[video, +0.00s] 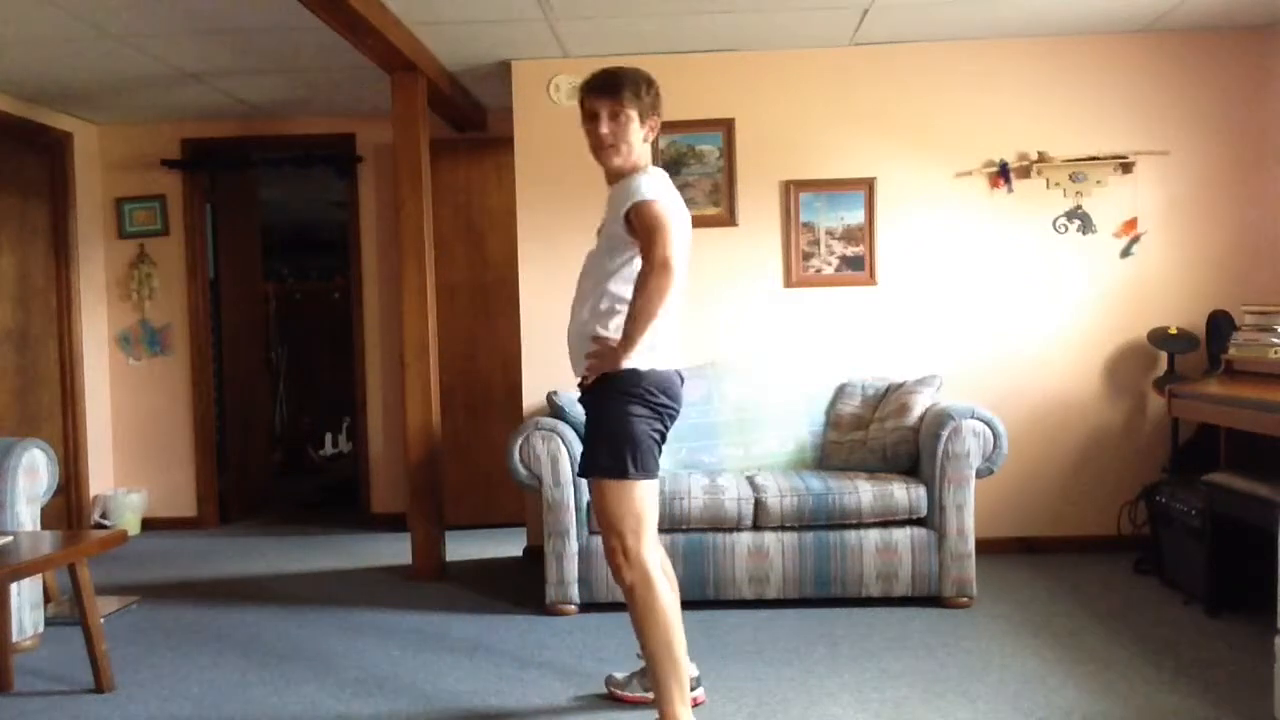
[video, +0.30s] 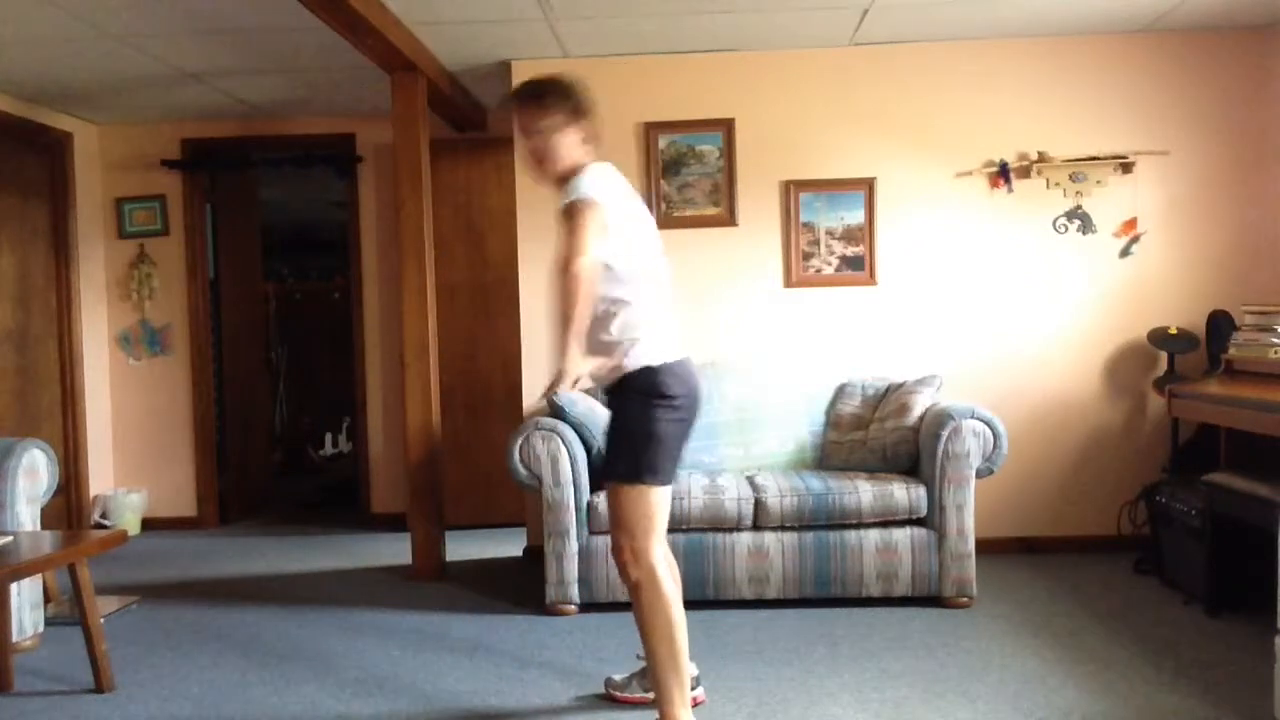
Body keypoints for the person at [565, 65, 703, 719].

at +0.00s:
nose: (603, 128)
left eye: (618, 116)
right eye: (594, 117)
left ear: (649, 127)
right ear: (584, 127)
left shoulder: (644, 188)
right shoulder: (635, 190)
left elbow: (662, 266)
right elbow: (646, 277)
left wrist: (623, 348)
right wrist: (607, 350)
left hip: (629, 383)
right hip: (627, 381)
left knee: (627, 551)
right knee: (635, 543)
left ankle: (673, 705)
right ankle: (673, 670)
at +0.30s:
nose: (529, 150)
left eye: (539, 134)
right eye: (523, 137)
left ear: (575, 129)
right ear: (577, 137)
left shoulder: (589, 188)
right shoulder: (609, 186)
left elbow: (582, 268)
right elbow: (643, 288)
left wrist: (568, 359)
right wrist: (611, 364)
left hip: (651, 382)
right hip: (656, 378)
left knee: (636, 554)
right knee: (646, 545)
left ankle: (676, 704)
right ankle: (674, 670)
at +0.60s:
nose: (440, 392)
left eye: (440, 376)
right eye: (434, 380)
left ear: (467, 357)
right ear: (469, 356)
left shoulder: (517, 388)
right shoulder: (532, 375)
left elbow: (501, 516)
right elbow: (522, 511)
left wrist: (467, 623)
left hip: (708, 428)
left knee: (615, 570)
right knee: (613, 533)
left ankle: (671, 711)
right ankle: (673, 671)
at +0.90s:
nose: (451, 579)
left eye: (439, 572)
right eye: (440, 577)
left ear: (440, 541)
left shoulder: (491, 514)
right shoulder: (514, 508)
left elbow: (495, 657)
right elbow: (510, 620)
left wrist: (474, 715)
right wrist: (477, 704)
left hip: (668, 440)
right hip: (673, 430)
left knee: (573, 596)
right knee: (602, 563)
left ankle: (662, 711)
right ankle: (670, 666)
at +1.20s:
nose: (404, 583)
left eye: (389, 574)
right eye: (393, 578)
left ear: (390, 548)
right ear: (400, 536)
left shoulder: (442, 511)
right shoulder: (476, 509)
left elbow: (464, 651)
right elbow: (483, 630)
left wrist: (453, 710)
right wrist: (474, 706)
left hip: (611, 429)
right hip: (640, 423)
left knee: (556, 600)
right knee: (669, 578)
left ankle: (663, 710)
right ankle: (809, 582)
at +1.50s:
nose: (399, 566)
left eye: (386, 554)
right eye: (387, 558)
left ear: (397, 525)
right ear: (407, 503)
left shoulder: (459, 515)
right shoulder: (468, 490)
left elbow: (473, 642)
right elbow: (486, 633)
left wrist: (460, 711)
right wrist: (458, 704)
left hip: (637, 500)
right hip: (663, 487)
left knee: (526, 619)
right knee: (781, 596)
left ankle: (653, 709)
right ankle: (924, 646)